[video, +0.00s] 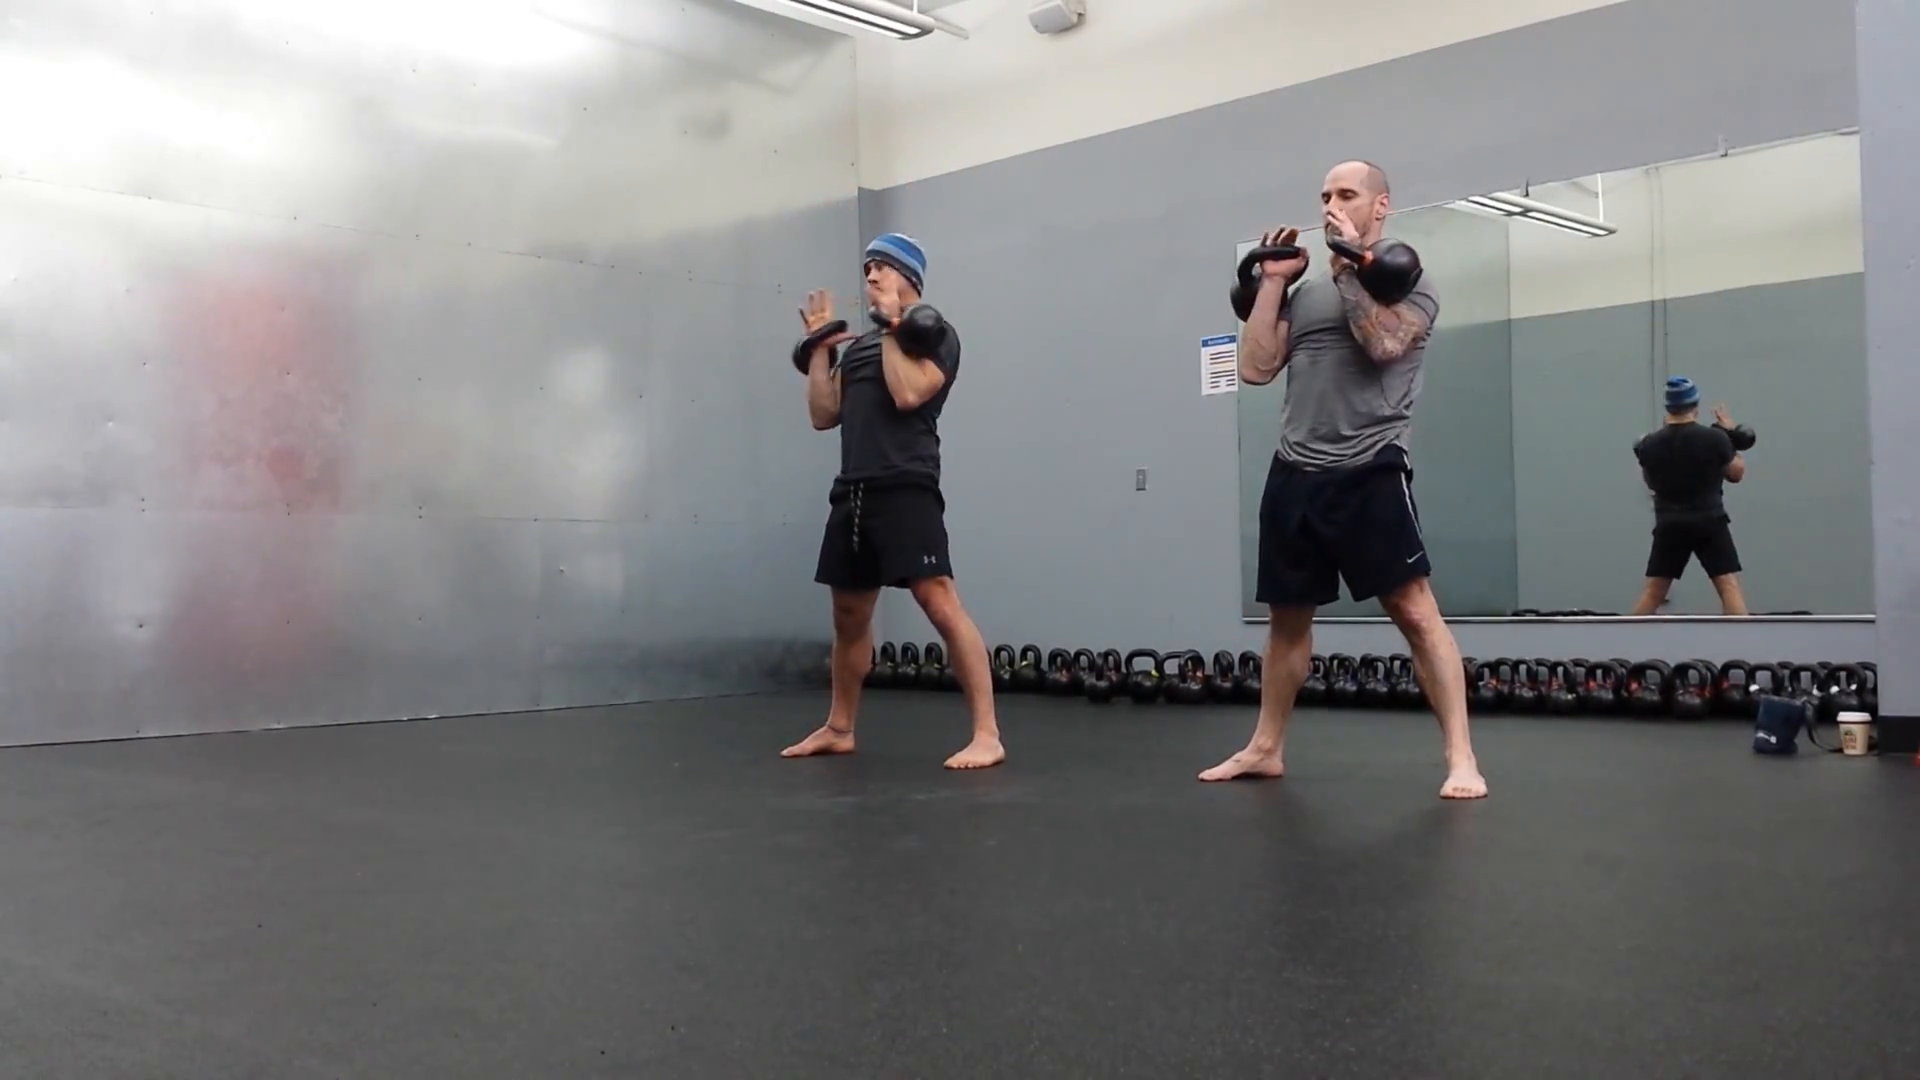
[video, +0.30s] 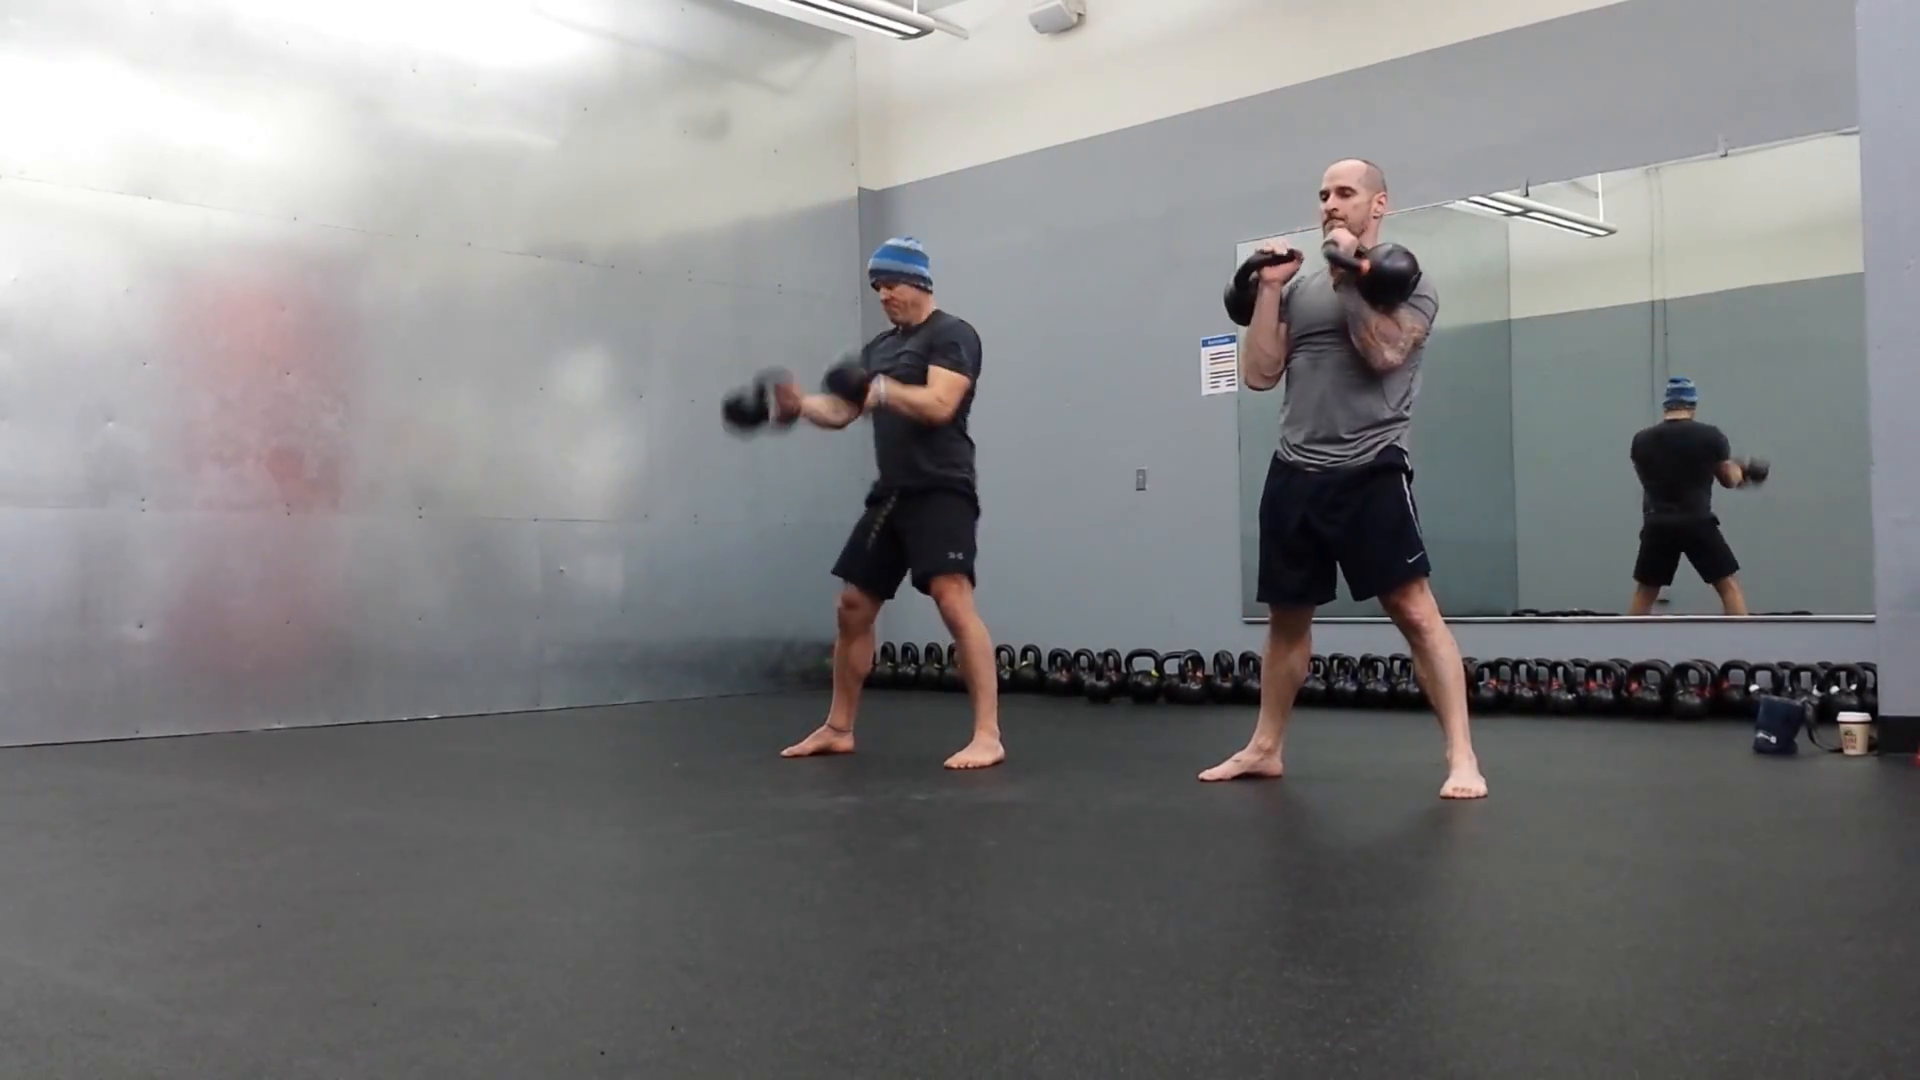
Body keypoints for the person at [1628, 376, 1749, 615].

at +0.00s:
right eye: (1695, 404)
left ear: (1667, 407)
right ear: (1695, 406)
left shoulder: (1649, 445)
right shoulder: (1713, 439)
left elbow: (1651, 483)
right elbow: (1736, 474)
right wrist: (1729, 435)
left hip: (1670, 528)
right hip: (1710, 526)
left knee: (1653, 594)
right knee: (1728, 588)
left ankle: (1623, 647)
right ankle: (1746, 647)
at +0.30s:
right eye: (1693, 405)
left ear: (1664, 405)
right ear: (1693, 406)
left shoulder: (1641, 440)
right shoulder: (1708, 436)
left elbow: (1655, 479)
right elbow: (1730, 479)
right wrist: (1738, 468)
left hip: (1658, 528)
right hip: (1698, 527)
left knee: (1644, 594)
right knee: (1728, 588)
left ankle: (1626, 647)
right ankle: (1745, 647)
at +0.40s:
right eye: (1694, 413)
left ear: (1666, 413)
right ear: (1694, 414)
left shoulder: (1642, 445)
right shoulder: (1709, 441)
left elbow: (1644, 488)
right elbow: (1730, 486)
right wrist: (1736, 509)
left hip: (1653, 530)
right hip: (1694, 529)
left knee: (1639, 595)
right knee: (1730, 588)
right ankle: (1748, 646)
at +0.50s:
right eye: (1699, 428)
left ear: (1674, 428)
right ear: (1701, 428)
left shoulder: (1650, 456)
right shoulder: (1715, 453)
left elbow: (1646, 500)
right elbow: (1726, 506)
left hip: (1652, 532)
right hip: (1694, 531)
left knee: (1636, 594)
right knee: (1736, 587)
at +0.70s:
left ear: (1696, 477)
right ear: (1722, 480)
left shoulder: (1670, 495)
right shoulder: (1731, 497)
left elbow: (1659, 531)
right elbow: (1727, 539)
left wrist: (1661, 577)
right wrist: (1709, 576)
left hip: (1658, 542)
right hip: (1703, 543)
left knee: (1627, 597)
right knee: (1759, 589)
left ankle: (1628, 649)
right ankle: (1752, 646)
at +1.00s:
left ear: (1684, 444)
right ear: (1711, 443)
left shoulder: (1663, 473)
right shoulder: (1725, 471)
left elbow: (1654, 518)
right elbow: (1724, 519)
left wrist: (1662, 568)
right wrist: (1702, 566)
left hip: (1659, 534)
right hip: (1701, 534)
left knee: (1629, 593)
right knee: (1750, 587)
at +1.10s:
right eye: (1694, 410)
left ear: (1668, 414)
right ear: (1696, 412)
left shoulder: (1649, 450)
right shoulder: (1715, 446)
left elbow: (1653, 498)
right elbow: (1721, 496)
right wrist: (1705, 536)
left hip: (1659, 531)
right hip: (1701, 529)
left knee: (1639, 592)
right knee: (1737, 587)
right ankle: (1747, 645)